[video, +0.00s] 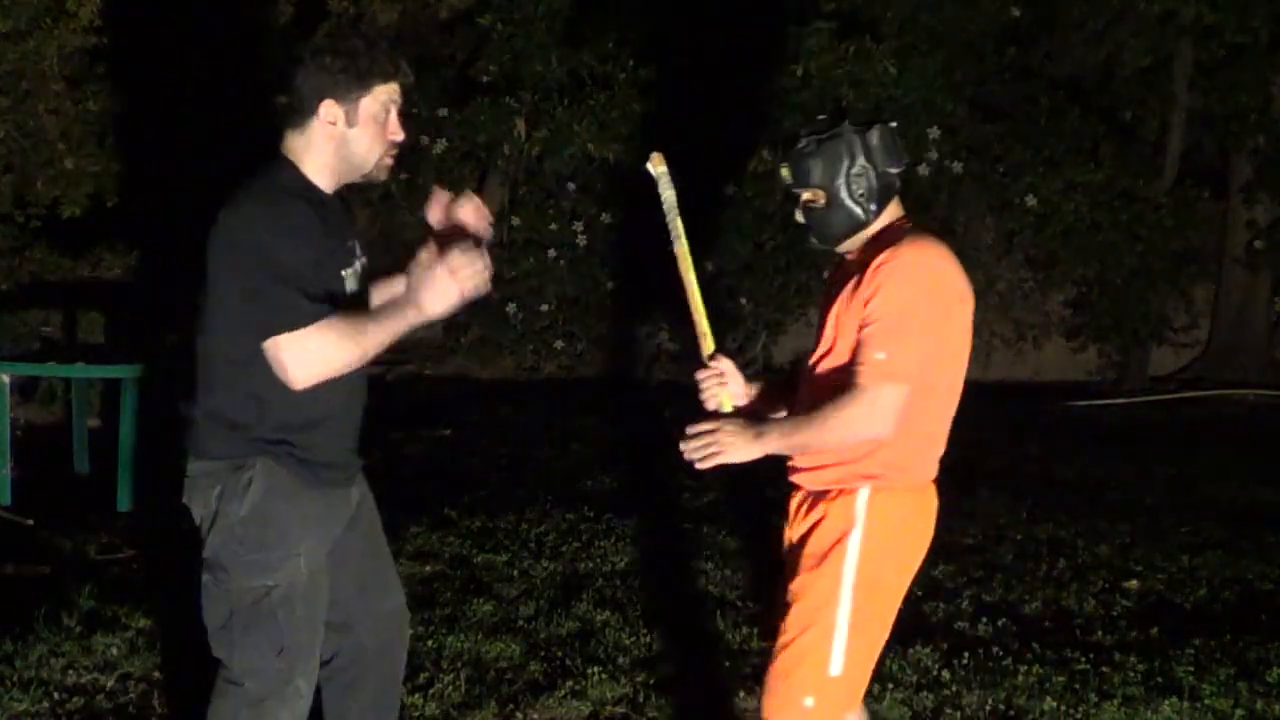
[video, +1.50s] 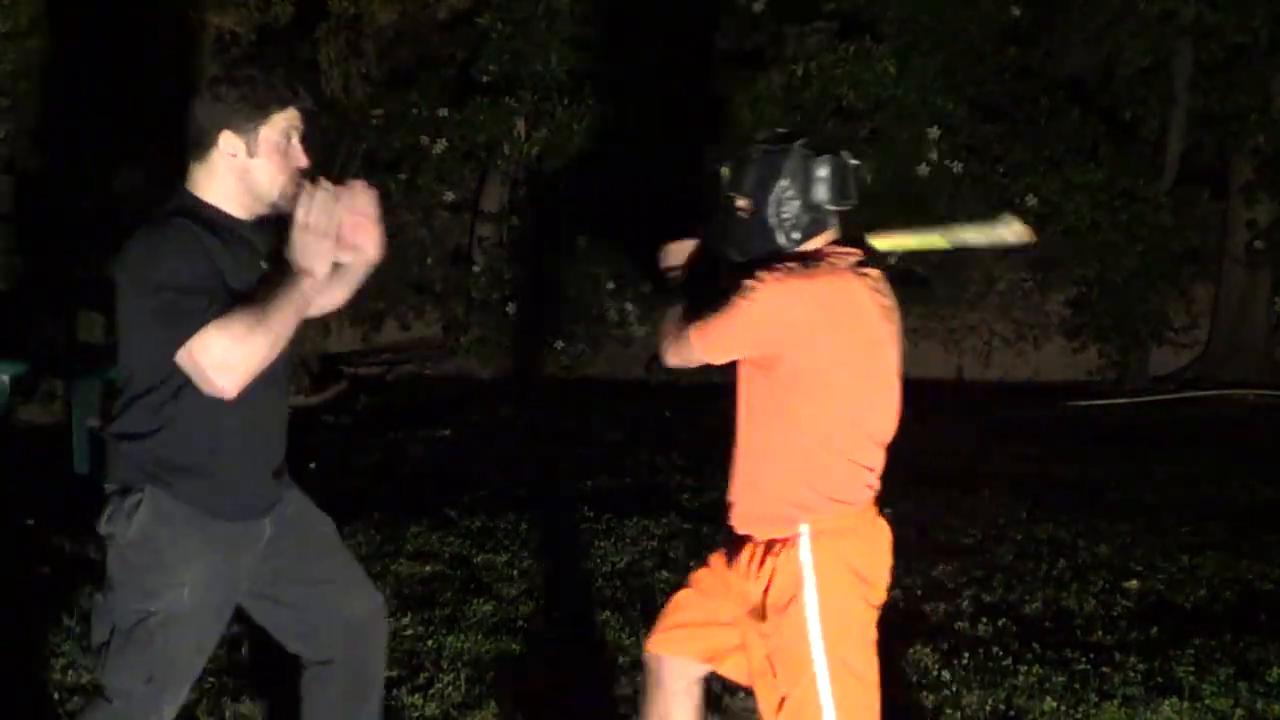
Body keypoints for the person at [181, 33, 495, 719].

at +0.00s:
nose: (399, 136)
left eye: (398, 118)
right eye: (386, 116)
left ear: (335, 120)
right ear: (332, 118)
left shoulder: (328, 215)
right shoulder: (262, 218)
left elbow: (347, 312)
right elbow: (299, 358)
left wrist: (427, 267)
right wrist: (417, 305)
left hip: (331, 478)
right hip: (260, 480)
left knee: (372, 649)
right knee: (268, 680)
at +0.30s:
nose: (368, 140)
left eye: (371, 122)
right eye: (356, 119)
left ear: (311, 123)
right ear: (308, 119)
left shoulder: (304, 212)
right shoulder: (237, 206)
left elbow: (381, 309)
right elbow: (323, 316)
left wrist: (374, 206)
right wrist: (360, 213)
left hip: (290, 482)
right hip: (220, 478)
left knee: (313, 655)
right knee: (252, 674)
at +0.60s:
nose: (325, 136)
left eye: (328, 119)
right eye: (315, 116)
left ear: (268, 119)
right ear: (268, 116)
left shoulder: (264, 213)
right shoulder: (204, 207)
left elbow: (336, 311)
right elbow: (289, 317)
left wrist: (337, 213)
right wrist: (320, 216)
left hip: (270, 489)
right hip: (194, 484)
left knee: (295, 661)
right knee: (157, 684)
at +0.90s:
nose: (278, 151)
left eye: (281, 133)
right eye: (268, 131)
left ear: (226, 134)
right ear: (223, 131)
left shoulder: (224, 220)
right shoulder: (147, 223)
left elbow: (287, 319)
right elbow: (237, 339)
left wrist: (285, 224)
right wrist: (272, 230)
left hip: (228, 500)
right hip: (147, 498)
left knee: (281, 666)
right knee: (107, 693)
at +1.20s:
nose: (274, 143)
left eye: (276, 126)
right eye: (263, 123)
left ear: (219, 130)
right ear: (215, 126)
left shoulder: (218, 217)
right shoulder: (144, 220)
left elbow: (286, 314)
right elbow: (238, 331)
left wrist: (281, 216)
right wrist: (269, 219)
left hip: (231, 497)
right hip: (150, 498)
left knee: (280, 664)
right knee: (110, 696)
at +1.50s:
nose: (304, 162)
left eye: (300, 142)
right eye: (288, 142)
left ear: (240, 152)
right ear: (234, 149)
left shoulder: (252, 247)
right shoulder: (163, 251)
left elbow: (311, 304)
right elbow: (221, 368)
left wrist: (359, 257)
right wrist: (302, 276)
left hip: (264, 506)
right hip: (172, 515)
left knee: (352, 626)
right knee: (136, 702)